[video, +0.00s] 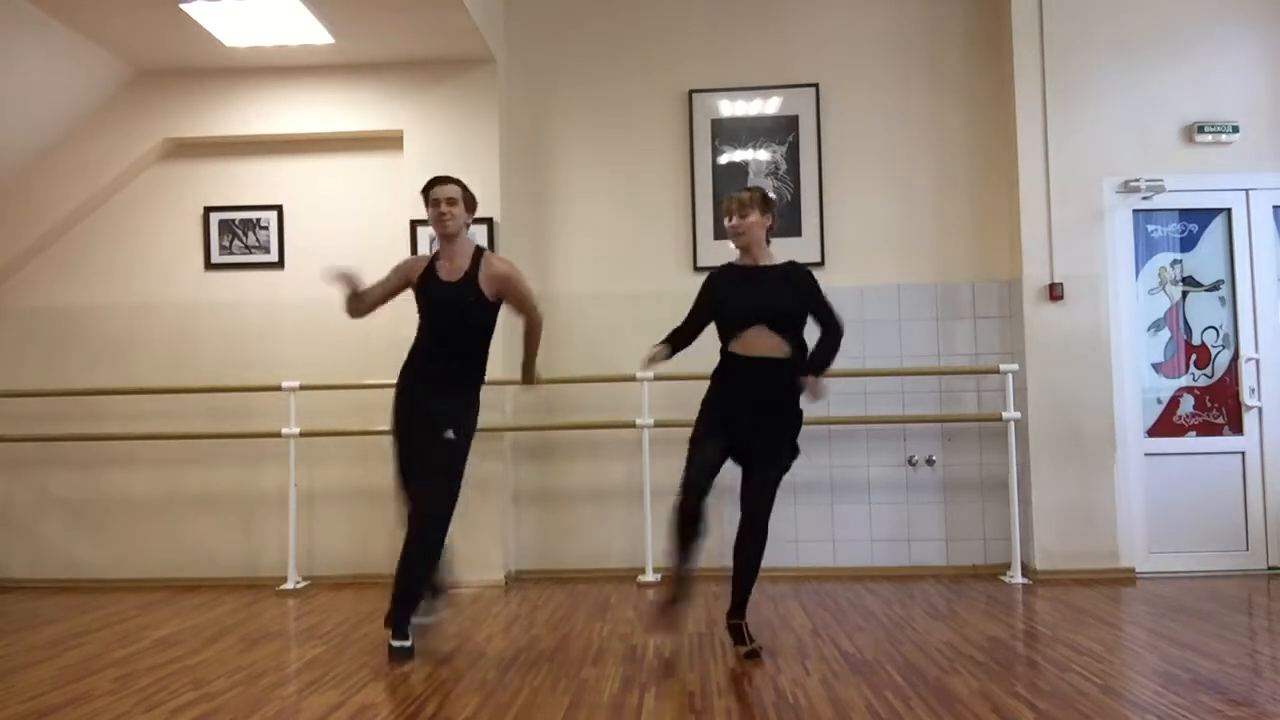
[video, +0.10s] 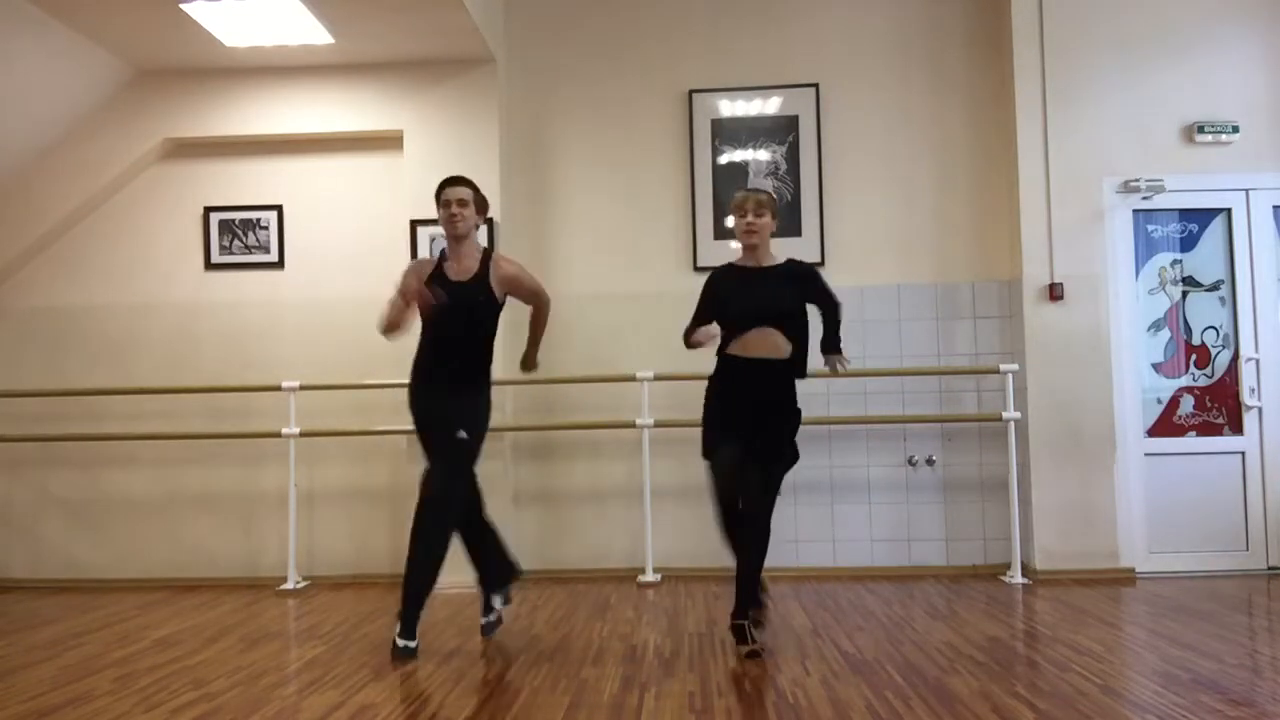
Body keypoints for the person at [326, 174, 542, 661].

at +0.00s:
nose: (443, 211)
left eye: (452, 203)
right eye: (436, 204)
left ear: (470, 211)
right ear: (427, 215)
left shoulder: (496, 271)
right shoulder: (416, 268)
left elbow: (533, 317)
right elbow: (360, 309)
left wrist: (529, 367)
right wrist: (352, 287)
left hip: (457, 398)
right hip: (413, 392)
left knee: (432, 510)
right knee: (417, 494)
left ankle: (400, 619)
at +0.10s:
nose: (454, 212)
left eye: (462, 205)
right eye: (447, 205)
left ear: (480, 214)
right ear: (438, 216)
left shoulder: (501, 271)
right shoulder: (422, 271)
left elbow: (541, 302)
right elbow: (390, 329)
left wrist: (531, 352)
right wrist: (404, 304)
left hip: (472, 394)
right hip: (426, 391)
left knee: (437, 497)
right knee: (459, 491)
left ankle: (408, 617)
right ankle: (496, 577)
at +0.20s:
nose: (460, 223)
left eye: (469, 217)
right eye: (453, 217)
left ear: (485, 227)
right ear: (443, 228)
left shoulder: (507, 283)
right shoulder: (427, 290)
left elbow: (533, 329)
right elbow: (419, 357)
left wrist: (523, 382)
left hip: (493, 401)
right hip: (449, 401)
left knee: (459, 505)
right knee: (472, 500)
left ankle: (411, 620)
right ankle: (504, 588)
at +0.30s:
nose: (466, 227)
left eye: (474, 221)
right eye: (458, 221)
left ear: (490, 230)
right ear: (449, 232)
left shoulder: (514, 285)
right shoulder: (434, 292)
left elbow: (534, 350)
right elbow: (424, 353)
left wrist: (499, 349)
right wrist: (423, 405)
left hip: (507, 397)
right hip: (462, 400)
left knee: (485, 483)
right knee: (477, 501)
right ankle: (503, 600)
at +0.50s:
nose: (482, 222)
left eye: (490, 215)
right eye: (474, 216)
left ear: (504, 224)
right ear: (463, 227)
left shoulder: (524, 278)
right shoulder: (451, 285)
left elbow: (524, 339)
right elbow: (474, 340)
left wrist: (488, 297)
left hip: (529, 392)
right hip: (484, 394)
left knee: (548, 492)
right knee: (458, 448)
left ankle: (563, 597)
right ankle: (507, 535)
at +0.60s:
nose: (490, 230)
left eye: (499, 224)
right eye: (483, 224)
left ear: (513, 232)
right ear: (474, 235)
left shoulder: (532, 290)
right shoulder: (460, 295)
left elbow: (537, 359)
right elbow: (475, 359)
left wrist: (528, 411)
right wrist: (478, 413)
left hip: (532, 406)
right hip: (486, 414)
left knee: (554, 512)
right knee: (463, 505)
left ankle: (570, 608)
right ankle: (490, 604)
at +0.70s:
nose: (492, 217)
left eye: (499, 209)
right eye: (484, 210)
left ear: (513, 219)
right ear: (473, 220)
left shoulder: (533, 278)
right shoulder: (459, 284)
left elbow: (549, 352)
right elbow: (454, 349)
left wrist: (556, 415)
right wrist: (441, 402)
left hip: (526, 408)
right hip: (476, 411)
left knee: (546, 508)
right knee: (477, 514)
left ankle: (566, 602)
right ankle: (491, 609)